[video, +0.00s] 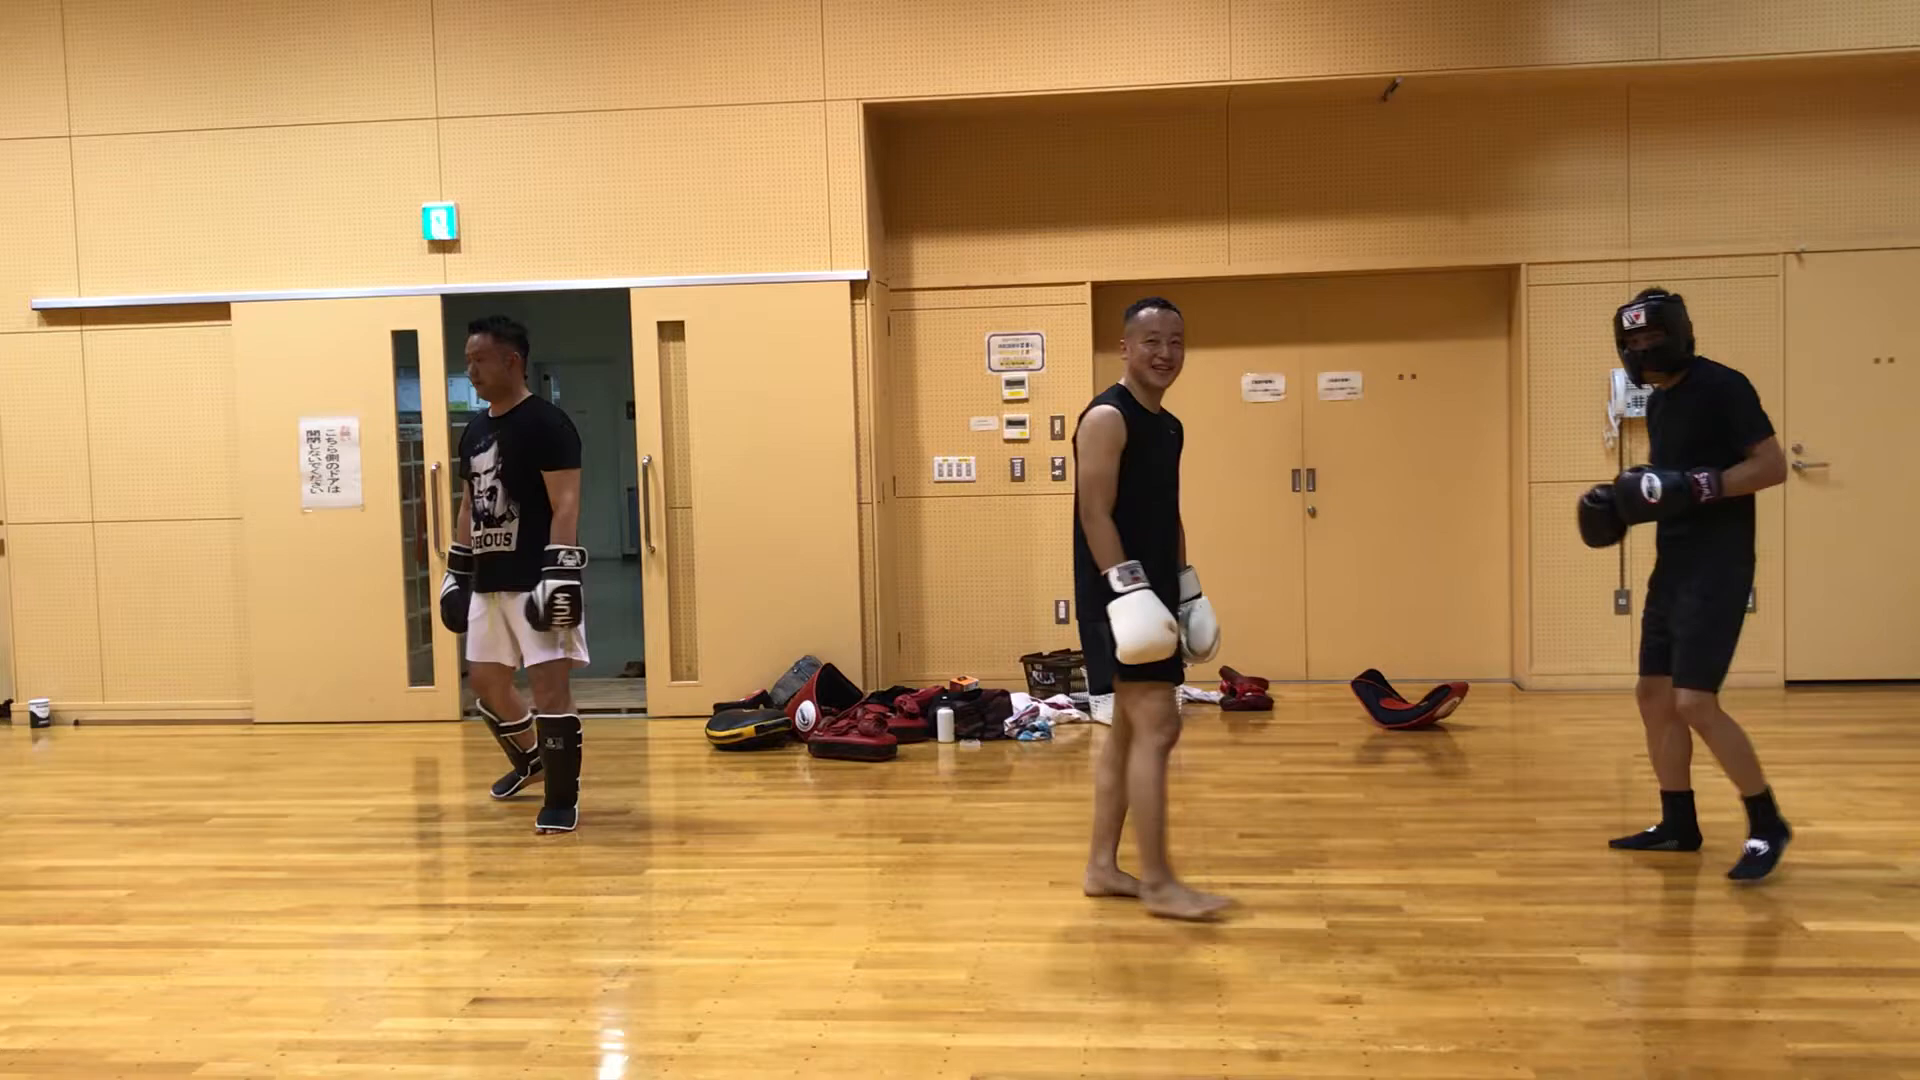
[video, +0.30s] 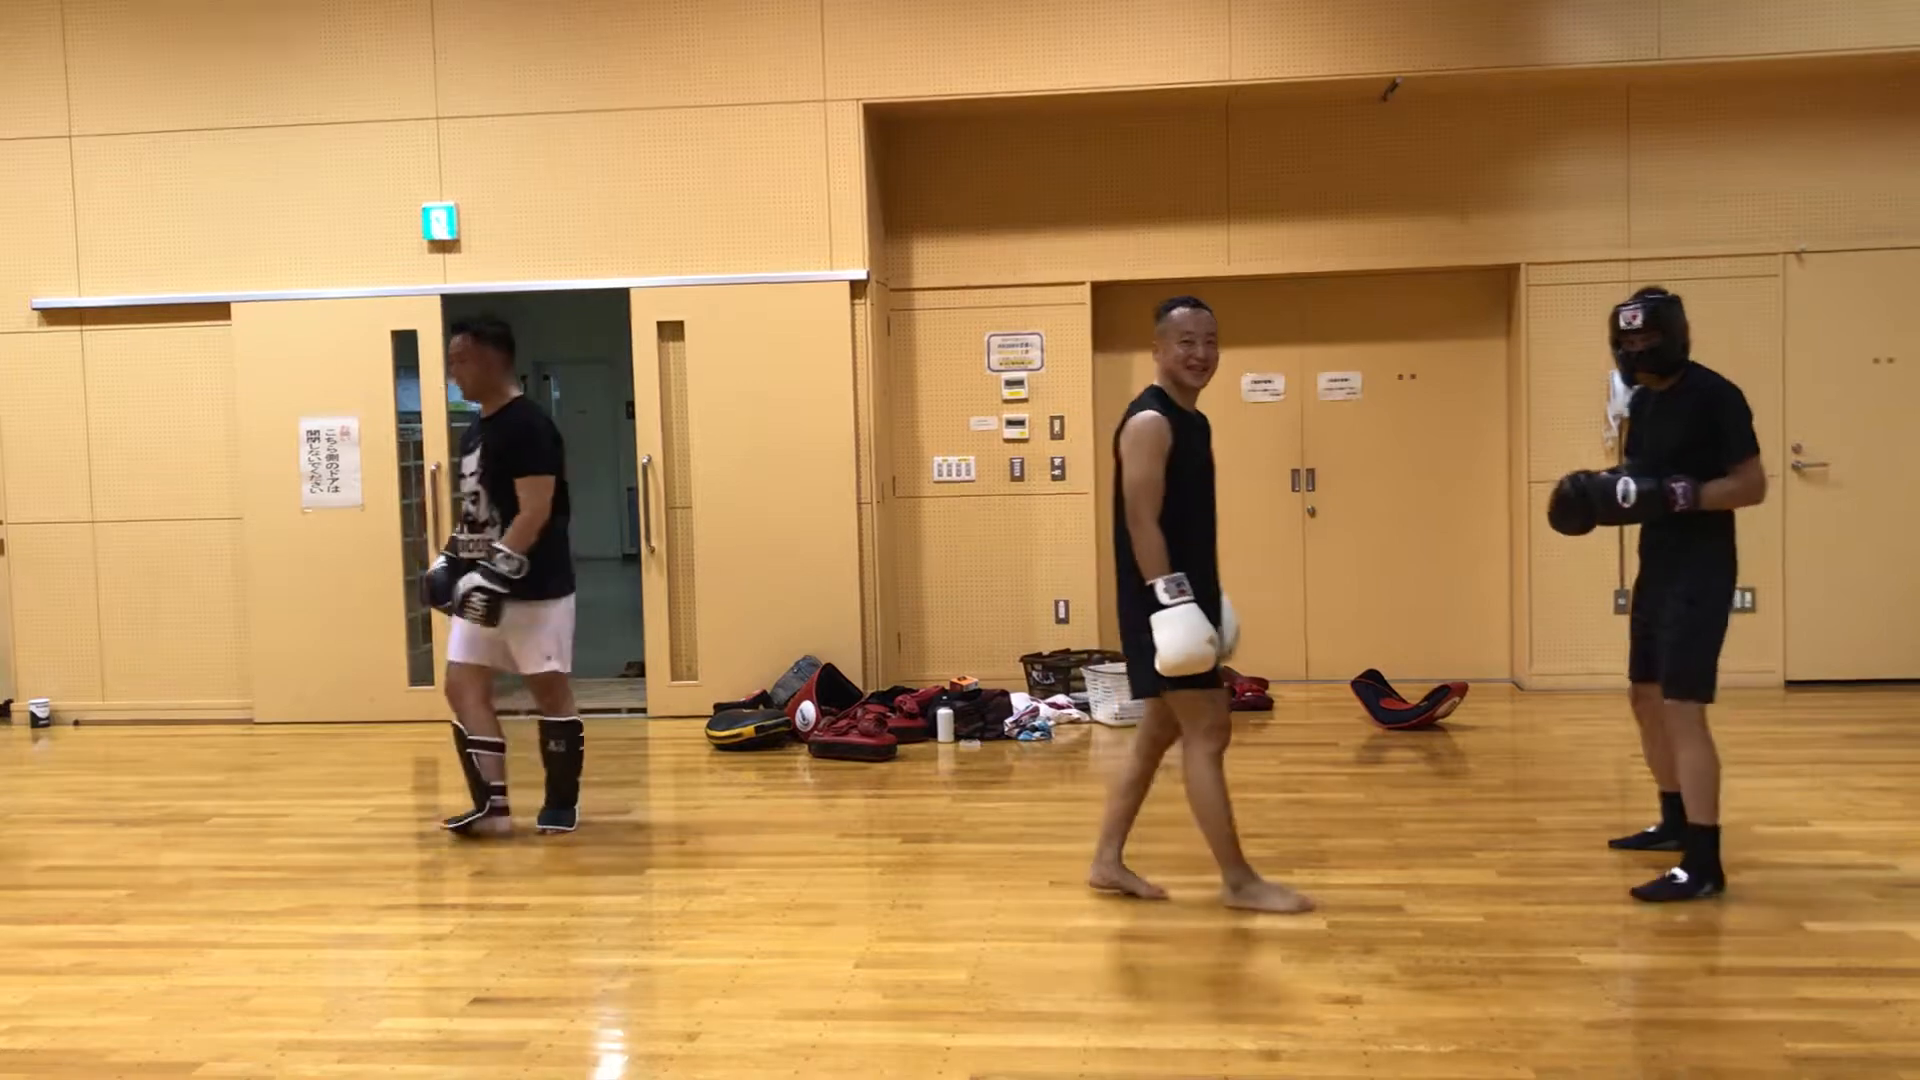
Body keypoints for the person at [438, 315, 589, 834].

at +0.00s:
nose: (470, 370)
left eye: (479, 360)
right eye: (468, 362)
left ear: (514, 360)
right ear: (474, 365)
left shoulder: (548, 423)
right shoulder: (476, 431)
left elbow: (565, 503)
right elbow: (470, 504)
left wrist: (562, 574)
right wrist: (456, 572)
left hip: (539, 581)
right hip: (488, 585)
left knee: (550, 687)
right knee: (487, 678)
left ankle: (561, 801)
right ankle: (533, 754)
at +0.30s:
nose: (452, 372)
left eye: (458, 360)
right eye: (451, 362)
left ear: (491, 359)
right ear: (477, 362)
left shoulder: (530, 425)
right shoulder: (477, 433)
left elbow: (536, 512)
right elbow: (475, 513)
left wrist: (493, 576)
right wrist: (449, 561)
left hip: (539, 587)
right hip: (485, 583)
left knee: (550, 690)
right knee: (463, 686)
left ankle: (561, 804)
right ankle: (491, 805)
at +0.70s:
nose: (396, 373)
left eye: (401, 361)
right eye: (395, 362)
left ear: (430, 358)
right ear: (433, 358)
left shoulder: (460, 413)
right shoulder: (448, 414)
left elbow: (455, 493)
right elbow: (448, 501)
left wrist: (389, 536)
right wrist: (402, 556)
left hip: (474, 586)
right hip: (464, 585)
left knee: (447, 698)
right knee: (471, 704)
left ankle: (492, 828)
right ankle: (490, 820)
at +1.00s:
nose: (330, 380)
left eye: (331, 367)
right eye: (327, 369)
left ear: (355, 360)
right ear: (381, 357)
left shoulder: (378, 425)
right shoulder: (416, 419)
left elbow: (349, 517)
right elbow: (389, 515)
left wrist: (292, 537)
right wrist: (315, 528)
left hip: (389, 606)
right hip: (417, 601)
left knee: (381, 723)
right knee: (410, 714)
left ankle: (396, 863)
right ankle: (470, 816)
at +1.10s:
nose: (309, 361)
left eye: (313, 350)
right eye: (310, 350)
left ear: (334, 353)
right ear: (365, 353)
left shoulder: (345, 423)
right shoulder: (401, 416)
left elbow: (318, 517)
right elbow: (404, 514)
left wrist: (261, 538)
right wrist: (312, 542)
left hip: (374, 607)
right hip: (393, 602)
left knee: (388, 726)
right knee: (355, 706)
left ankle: (397, 862)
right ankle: (416, 815)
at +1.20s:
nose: (286, 357)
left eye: (292, 347)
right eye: (289, 346)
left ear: (310, 354)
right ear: (344, 356)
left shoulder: (310, 428)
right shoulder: (384, 423)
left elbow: (282, 526)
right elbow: (389, 516)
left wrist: (235, 530)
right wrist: (303, 539)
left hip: (351, 611)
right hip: (377, 604)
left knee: (378, 727)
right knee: (325, 705)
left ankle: (397, 861)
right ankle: (343, 841)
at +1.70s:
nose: (182, 374)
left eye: (179, 364)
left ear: (178, 366)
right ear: (237, 365)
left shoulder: (164, 425)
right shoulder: (276, 433)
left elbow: (90, 485)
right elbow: (258, 499)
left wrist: (65, 444)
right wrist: (160, 472)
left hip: (187, 616)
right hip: (262, 615)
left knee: (142, 739)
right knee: (266, 736)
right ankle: (290, 863)